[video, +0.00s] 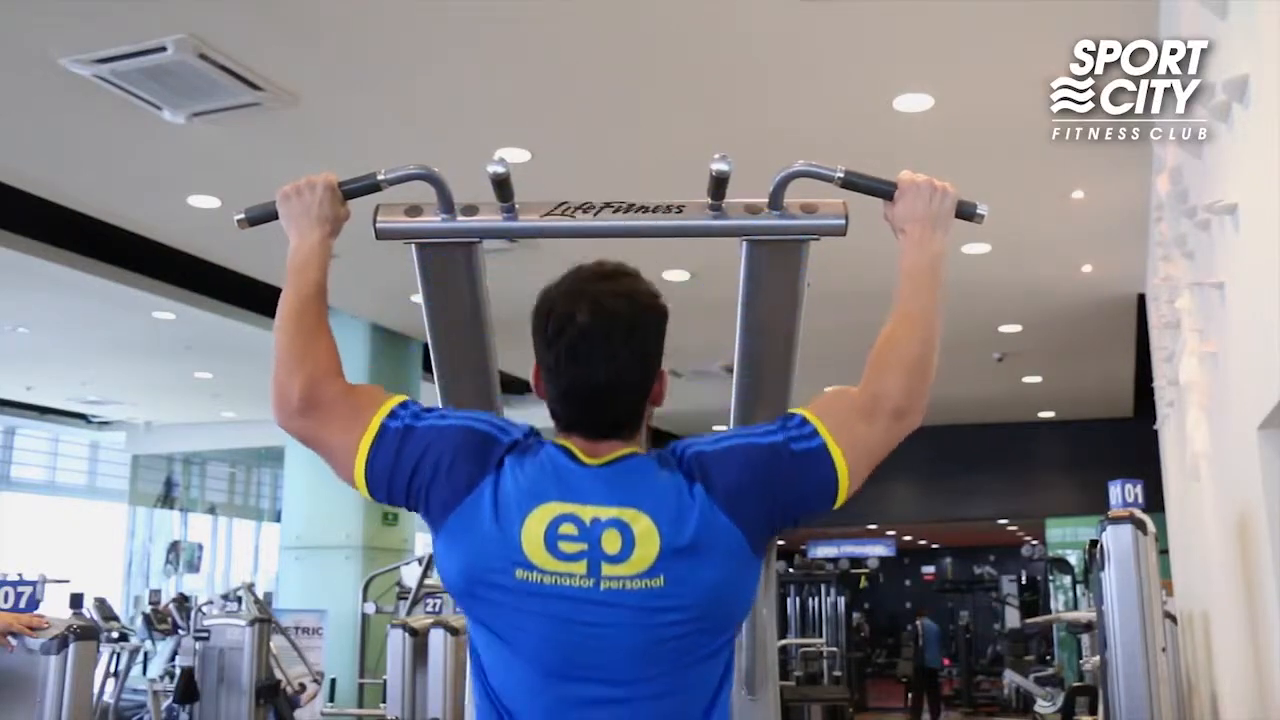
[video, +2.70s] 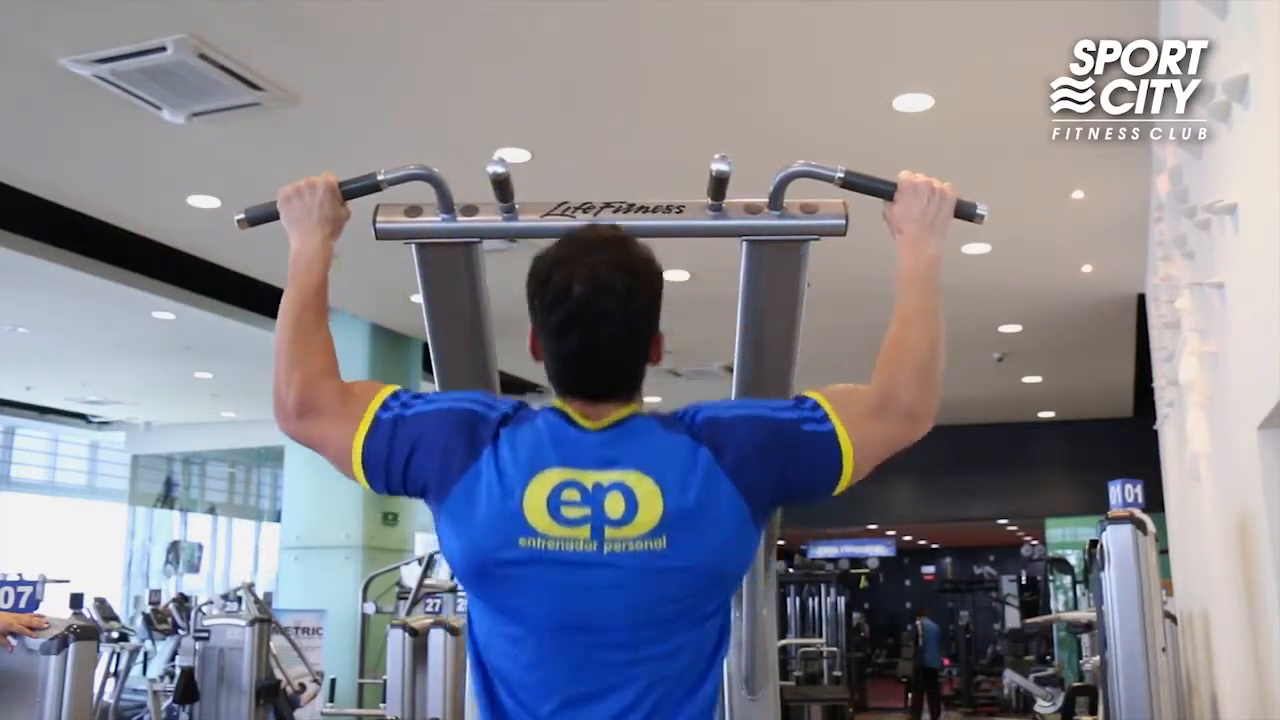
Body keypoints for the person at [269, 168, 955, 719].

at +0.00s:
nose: (661, 375)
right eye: (662, 362)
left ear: (537, 381)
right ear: (659, 385)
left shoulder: (471, 476)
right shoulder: (727, 490)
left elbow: (305, 399)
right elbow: (890, 405)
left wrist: (308, 240)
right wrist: (923, 243)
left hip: (519, 710)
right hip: (685, 712)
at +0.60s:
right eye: (661, 276)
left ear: (539, 295)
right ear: (660, 299)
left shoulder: (475, 409)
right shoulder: (729, 415)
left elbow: (296, 401)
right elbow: (913, 405)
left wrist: (308, 243)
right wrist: (924, 245)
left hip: (523, 709)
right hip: (676, 711)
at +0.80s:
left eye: (541, 172)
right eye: (660, 178)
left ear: (542, 196)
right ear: (661, 197)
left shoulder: (479, 315)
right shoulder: (731, 319)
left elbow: (297, 394)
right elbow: (913, 396)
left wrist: (305, 245)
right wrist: (924, 240)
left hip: (525, 676)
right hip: (674, 678)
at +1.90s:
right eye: (659, 274)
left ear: (535, 291)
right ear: (658, 299)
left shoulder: (464, 397)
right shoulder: (727, 417)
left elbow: (288, 398)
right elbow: (909, 402)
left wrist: (307, 246)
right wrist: (924, 244)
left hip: (514, 703)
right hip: (674, 704)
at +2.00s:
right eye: (658, 311)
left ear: (535, 332)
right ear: (658, 339)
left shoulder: (467, 428)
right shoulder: (725, 449)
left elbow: (293, 399)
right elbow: (903, 405)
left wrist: (308, 243)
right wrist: (924, 242)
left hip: (516, 711)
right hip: (678, 713)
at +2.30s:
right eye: (657, 411)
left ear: (535, 436)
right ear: (660, 442)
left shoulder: (476, 520)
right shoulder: (723, 544)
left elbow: (324, 404)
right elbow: (867, 404)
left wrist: (311, 243)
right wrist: (919, 244)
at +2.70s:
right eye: (657, 325)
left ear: (536, 347)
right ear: (657, 350)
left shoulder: (470, 449)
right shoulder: (725, 457)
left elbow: (303, 402)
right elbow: (903, 409)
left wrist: (309, 244)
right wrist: (921, 246)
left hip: (518, 709)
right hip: (679, 709)